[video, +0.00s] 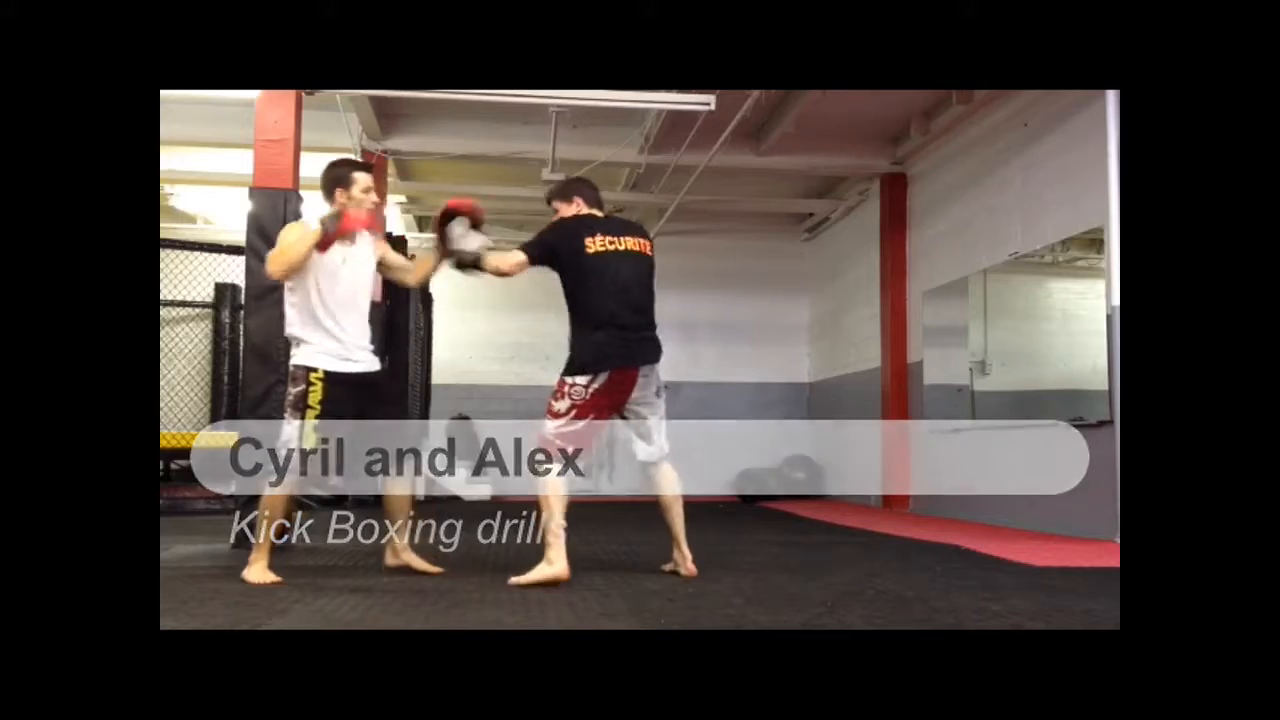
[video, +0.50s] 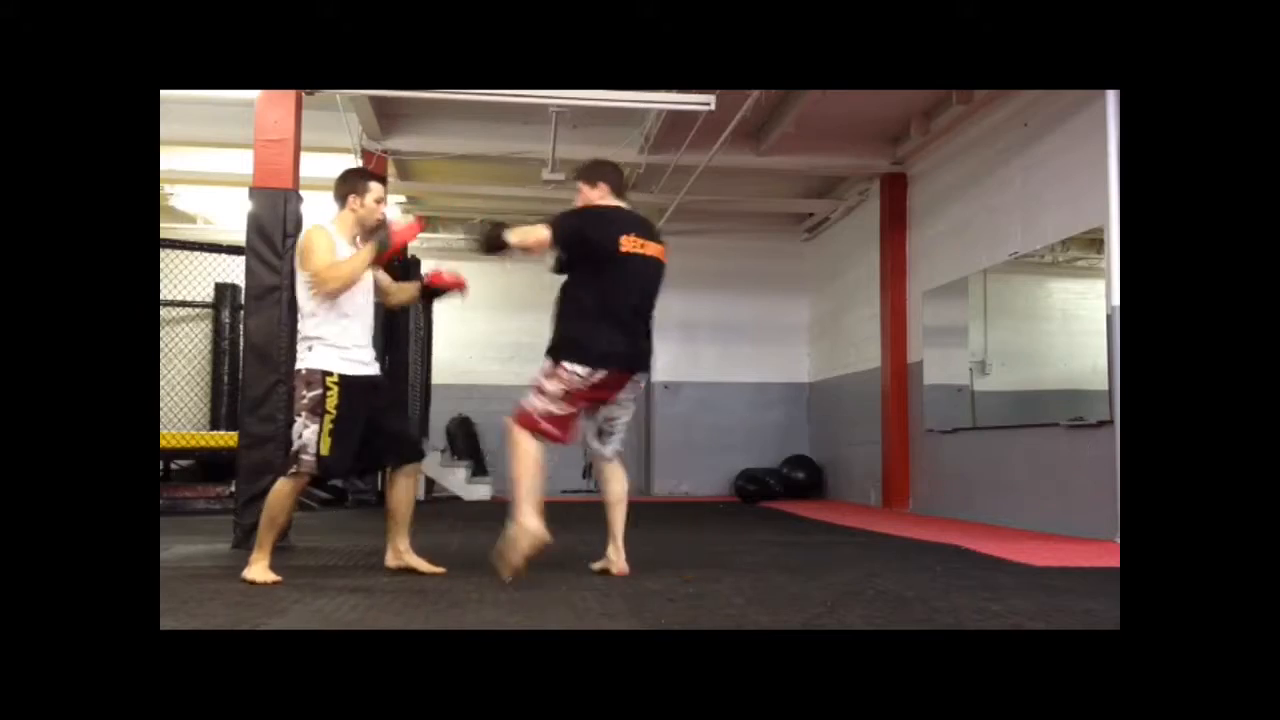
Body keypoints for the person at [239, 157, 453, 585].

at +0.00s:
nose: (373, 198)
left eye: (373, 191)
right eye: (365, 190)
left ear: (357, 196)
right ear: (339, 194)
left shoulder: (370, 241)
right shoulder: (304, 231)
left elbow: (412, 275)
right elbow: (276, 268)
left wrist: (445, 245)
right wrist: (325, 230)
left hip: (365, 365)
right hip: (315, 363)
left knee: (399, 452)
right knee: (294, 463)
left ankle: (399, 546)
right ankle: (259, 559)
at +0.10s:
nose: (380, 201)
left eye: (382, 194)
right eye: (372, 192)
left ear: (379, 201)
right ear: (347, 195)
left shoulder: (367, 247)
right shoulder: (314, 235)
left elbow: (396, 284)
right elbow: (326, 267)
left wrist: (412, 254)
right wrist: (353, 221)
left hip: (362, 367)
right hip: (318, 364)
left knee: (395, 451)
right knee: (300, 459)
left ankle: (396, 550)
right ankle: (260, 559)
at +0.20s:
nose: (389, 204)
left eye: (389, 197)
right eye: (383, 197)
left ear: (364, 200)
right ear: (360, 198)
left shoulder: (366, 242)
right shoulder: (343, 236)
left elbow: (384, 298)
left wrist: (405, 257)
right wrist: (403, 228)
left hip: (356, 369)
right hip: (325, 367)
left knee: (391, 454)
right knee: (312, 463)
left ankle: (396, 551)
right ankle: (260, 559)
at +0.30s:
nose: (392, 207)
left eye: (392, 200)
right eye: (386, 199)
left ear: (365, 201)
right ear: (363, 199)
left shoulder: (366, 242)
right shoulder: (346, 233)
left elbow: (382, 301)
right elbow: (400, 259)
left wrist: (408, 262)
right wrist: (410, 217)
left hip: (356, 368)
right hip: (326, 366)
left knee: (388, 455)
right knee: (310, 462)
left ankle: (397, 551)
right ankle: (260, 559)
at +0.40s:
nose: (387, 209)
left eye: (388, 201)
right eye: (382, 200)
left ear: (366, 203)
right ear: (357, 200)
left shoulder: (366, 249)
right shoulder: (332, 234)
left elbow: (386, 299)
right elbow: (370, 263)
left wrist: (414, 271)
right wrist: (406, 228)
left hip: (361, 371)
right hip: (323, 369)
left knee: (397, 455)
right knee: (308, 464)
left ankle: (397, 552)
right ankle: (259, 560)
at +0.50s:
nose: (384, 211)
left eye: (385, 203)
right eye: (378, 202)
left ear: (359, 204)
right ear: (352, 201)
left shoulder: (362, 250)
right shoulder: (317, 238)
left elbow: (392, 294)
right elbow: (328, 283)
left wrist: (429, 285)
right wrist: (378, 246)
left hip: (365, 372)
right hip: (322, 370)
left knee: (405, 456)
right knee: (303, 468)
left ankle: (399, 549)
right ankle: (259, 560)